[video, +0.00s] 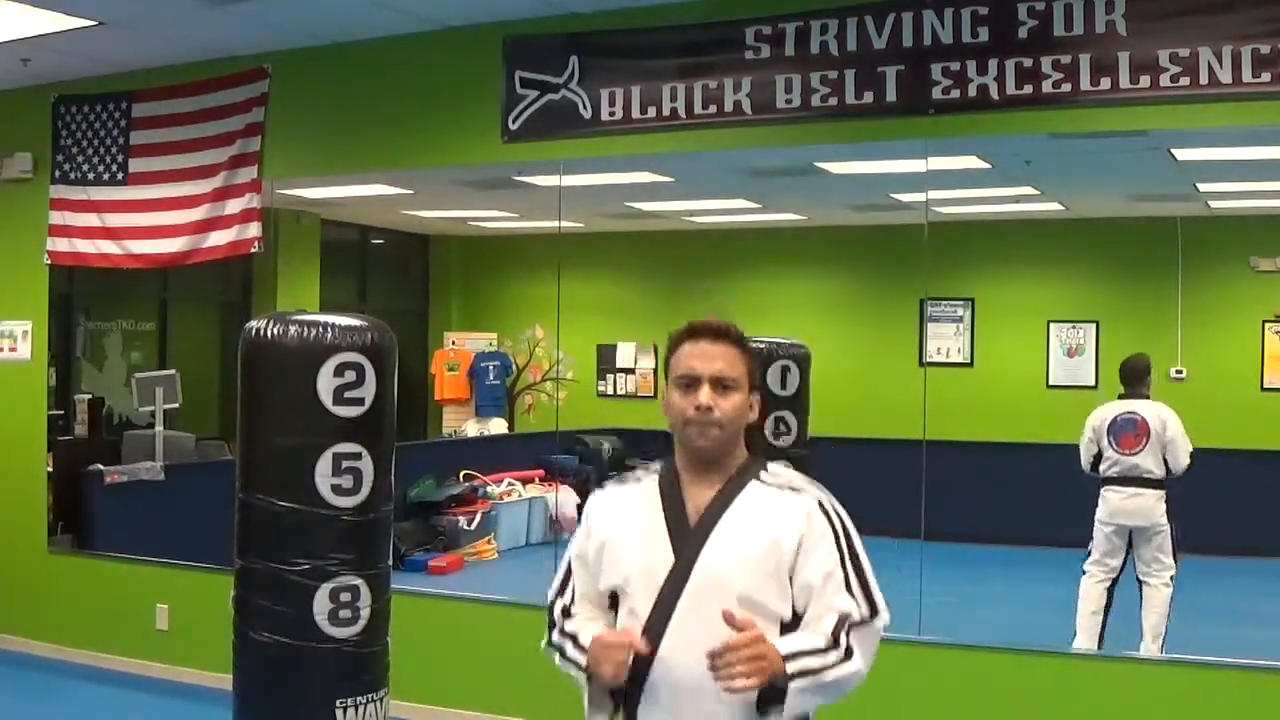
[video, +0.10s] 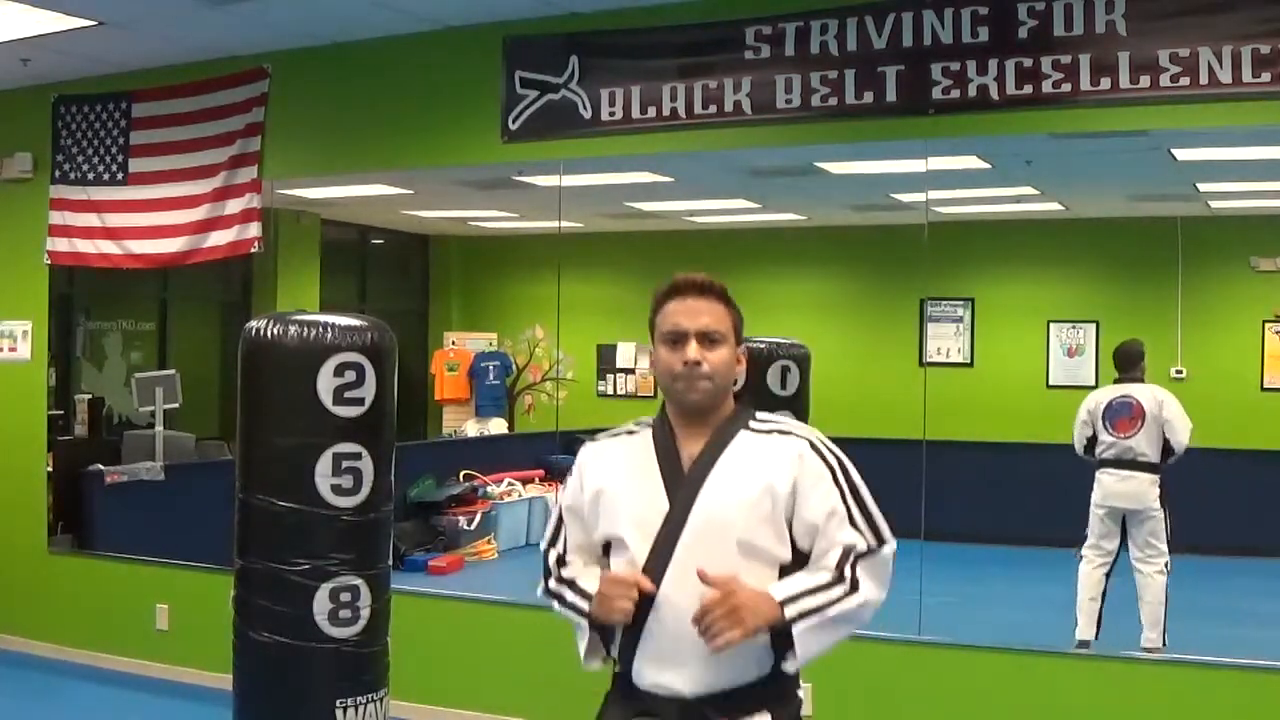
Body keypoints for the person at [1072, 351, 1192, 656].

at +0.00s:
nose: (1150, 379)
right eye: (1150, 375)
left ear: (1121, 380)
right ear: (1149, 379)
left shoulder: (1100, 414)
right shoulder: (1164, 415)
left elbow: (1088, 462)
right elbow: (1180, 463)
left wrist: (1116, 468)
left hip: (1111, 500)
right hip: (1150, 502)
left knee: (1098, 570)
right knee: (1157, 576)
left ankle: (1084, 646)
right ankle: (1151, 653)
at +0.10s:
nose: (1144, 365)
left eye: (1138, 361)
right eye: (1143, 361)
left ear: (1115, 365)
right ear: (1142, 364)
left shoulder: (1095, 398)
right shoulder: (1160, 396)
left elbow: (1082, 446)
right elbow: (1181, 439)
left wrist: (1111, 457)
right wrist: (1157, 460)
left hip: (1105, 486)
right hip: (1144, 489)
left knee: (1095, 556)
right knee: (1151, 561)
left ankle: (1084, 636)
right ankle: (1152, 641)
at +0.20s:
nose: (1138, 365)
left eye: (1131, 361)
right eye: (1137, 361)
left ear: (1109, 366)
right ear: (1136, 364)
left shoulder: (1090, 398)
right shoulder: (1154, 395)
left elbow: (1076, 444)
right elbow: (1179, 436)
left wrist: (1104, 455)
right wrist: (1154, 454)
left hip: (1099, 489)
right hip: (1139, 491)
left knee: (1090, 557)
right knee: (1146, 562)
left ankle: (1082, 636)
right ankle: (1144, 640)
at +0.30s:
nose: (1133, 379)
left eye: (1128, 374)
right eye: (1132, 374)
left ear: (1103, 380)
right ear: (1130, 378)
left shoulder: (1085, 413)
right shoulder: (1147, 412)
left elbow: (1071, 462)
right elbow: (1173, 456)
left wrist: (1101, 463)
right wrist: (1150, 443)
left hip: (1093, 501)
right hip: (1133, 504)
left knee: (1088, 569)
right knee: (1146, 576)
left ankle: (1078, 647)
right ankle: (1135, 652)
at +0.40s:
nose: (1129, 385)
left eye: (1124, 381)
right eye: (1127, 381)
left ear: (1098, 387)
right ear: (1124, 385)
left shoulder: (1081, 422)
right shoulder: (1141, 420)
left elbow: (1071, 471)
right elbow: (1160, 468)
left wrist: (1099, 479)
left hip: (1089, 507)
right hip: (1129, 511)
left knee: (1087, 574)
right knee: (1157, 573)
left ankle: (1078, 648)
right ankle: (1138, 647)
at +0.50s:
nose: (1127, 381)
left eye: (1124, 377)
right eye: (1126, 377)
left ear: (1096, 383)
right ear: (1123, 381)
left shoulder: (1079, 418)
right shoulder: (1140, 415)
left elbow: (1071, 468)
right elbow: (1160, 462)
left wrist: (1098, 478)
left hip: (1091, 502)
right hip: (1132, 505)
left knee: (1089, 572)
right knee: (1165, 564)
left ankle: (1080, 648)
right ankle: (1152, 636)